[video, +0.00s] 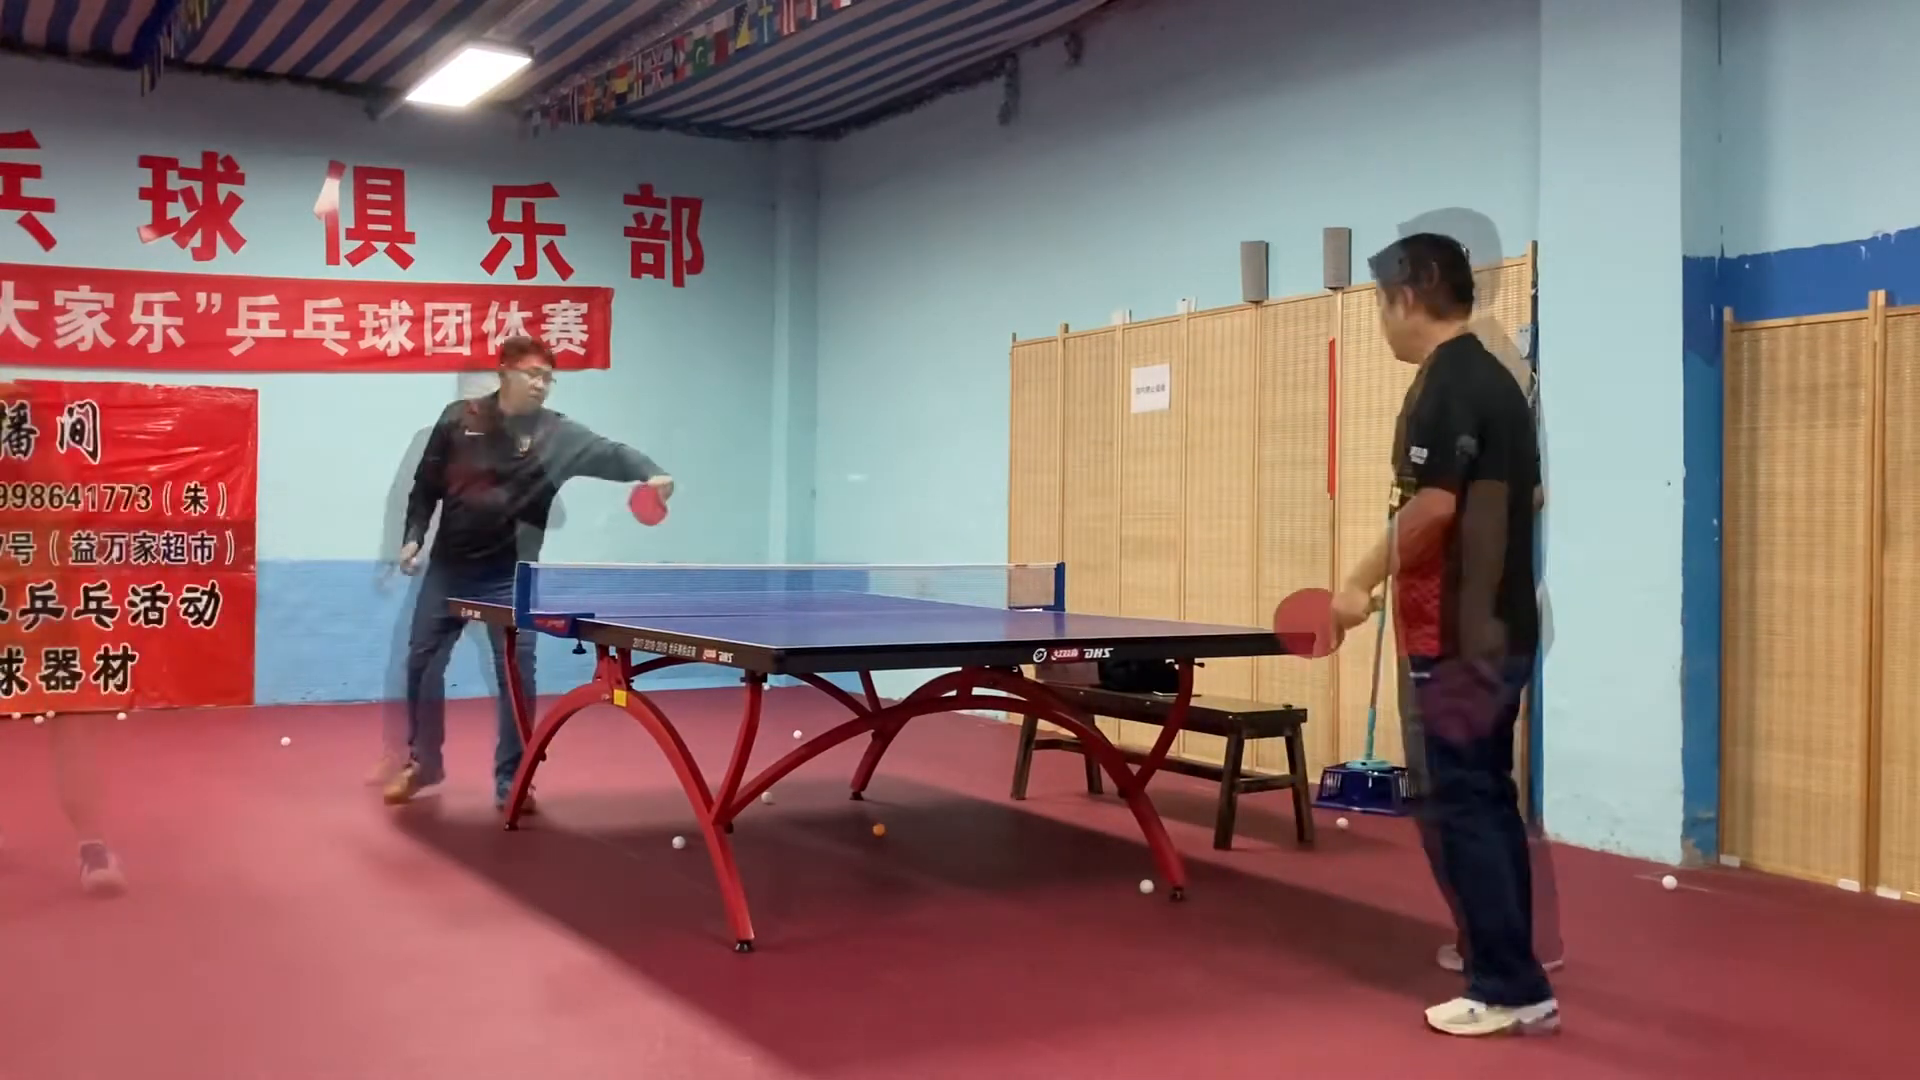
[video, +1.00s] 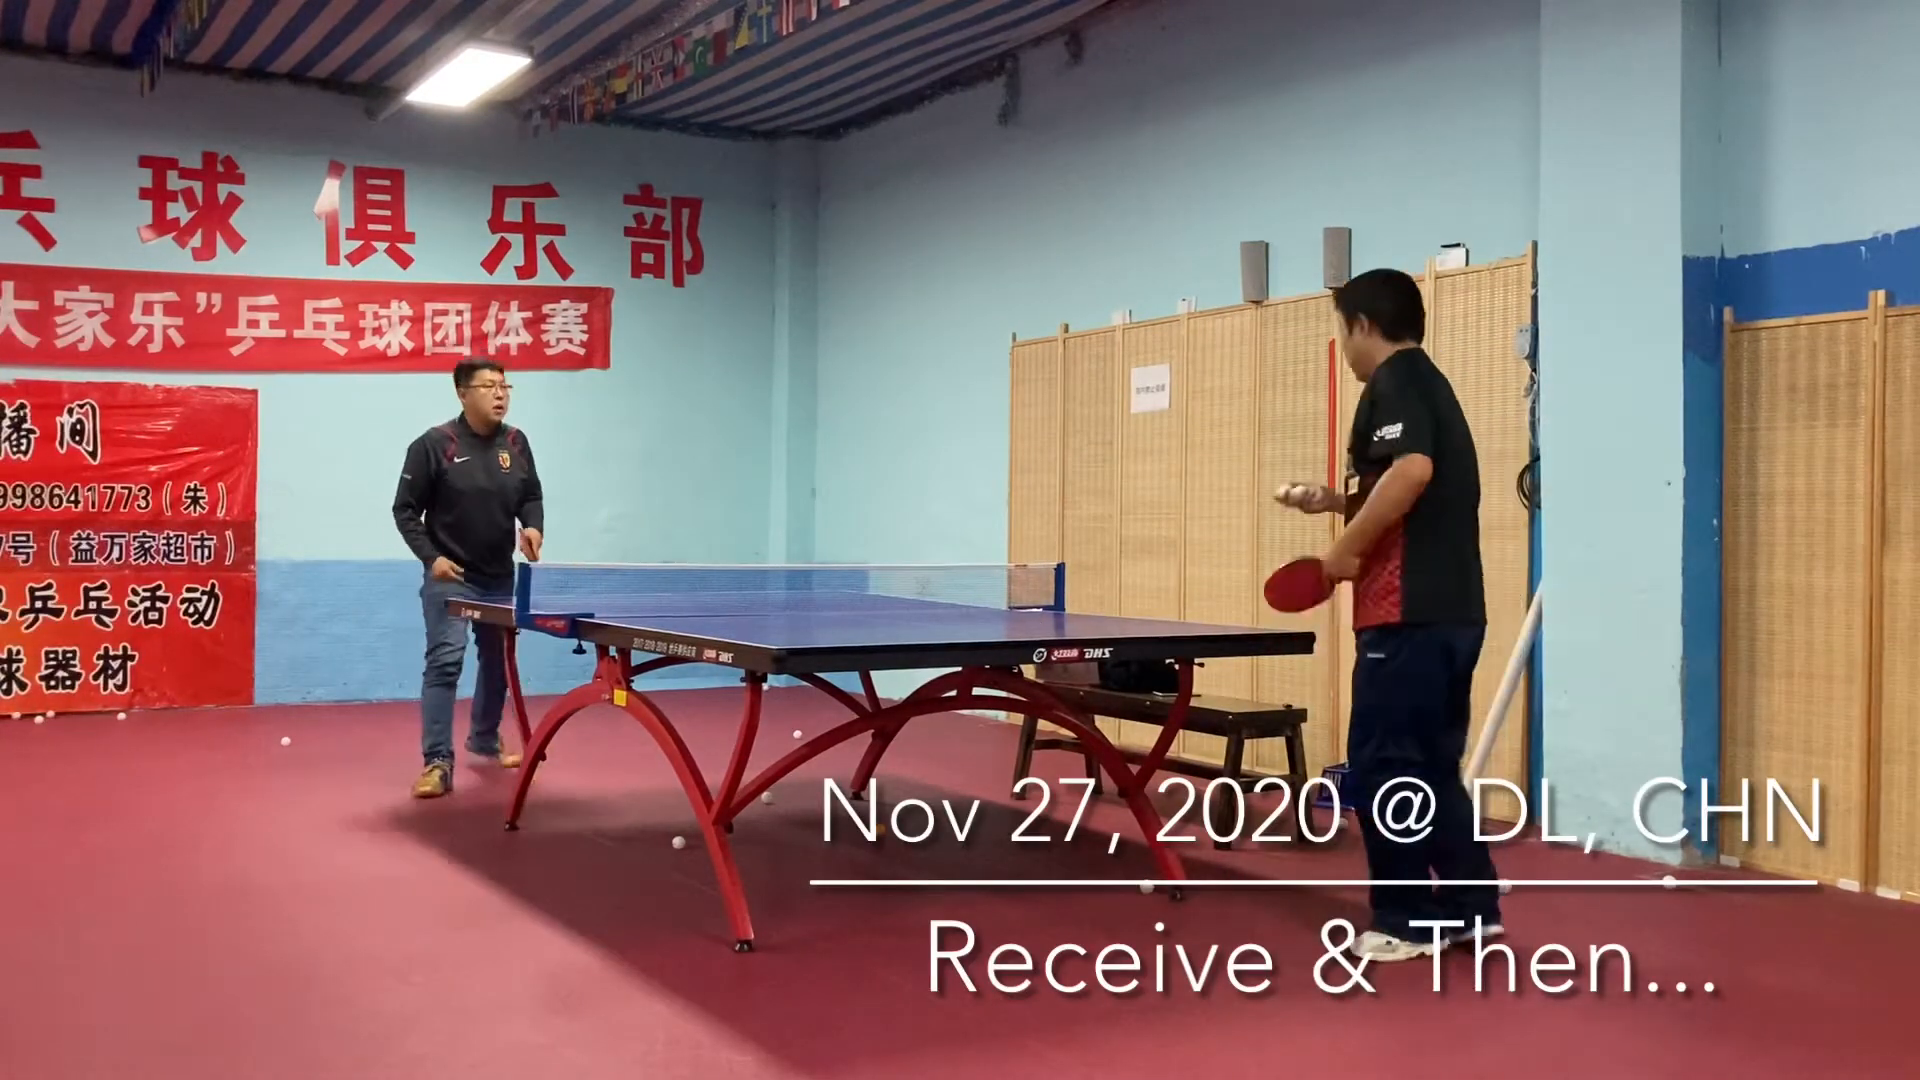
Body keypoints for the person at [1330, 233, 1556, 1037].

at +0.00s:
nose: (1382, 322)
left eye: (1384, 305)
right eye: (1381, 306)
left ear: (1414, 299)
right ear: (1448, 296)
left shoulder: (1449, 380)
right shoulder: (1487, 374)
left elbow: (1434, 504)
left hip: (1457, 642)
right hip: (1492, 634)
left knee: (1454, 802)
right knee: (1478, 794)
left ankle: (1511, 989)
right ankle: (1496, 952)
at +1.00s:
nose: (1343, 347)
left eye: (1344, 332)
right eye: (1342, 333)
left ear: (1365, 326)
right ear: (1405, 325)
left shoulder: (1395, 381)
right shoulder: (1426, 383)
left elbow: (1413, 469)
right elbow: (1410, 494)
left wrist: (1348, 546)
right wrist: (1334, 499)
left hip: (1408, 617)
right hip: (1443, 613)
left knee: (1385, 770)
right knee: (1431, 765)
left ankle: (1411, 922)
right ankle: (1470, 908)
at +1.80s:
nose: (1243, 419)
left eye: (1251, 406)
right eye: (1242, 406)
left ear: (1294, 408)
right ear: (1281, 411)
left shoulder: (1375, 450)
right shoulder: (1263, 476)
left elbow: (1393, 550)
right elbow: (1238, 564)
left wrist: (1296, 549)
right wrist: (1182, 590)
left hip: (1418, 633)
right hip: (1335, 634)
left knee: (1474, 756)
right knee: (1310, 756)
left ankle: (1546, 885)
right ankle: (1315, 886)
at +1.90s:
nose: (1270, 423)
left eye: (1280, 410)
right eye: (1269, 410)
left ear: (1324, 411)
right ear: (1316, 413)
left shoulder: (1399, 457)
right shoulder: (1283, 474)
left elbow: (1409, 557)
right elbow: (1241, 551)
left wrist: (1322, 542)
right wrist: (1185, 579)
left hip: (1423, 642)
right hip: (1338, 640)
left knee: (1483, 761)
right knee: (1309, 754)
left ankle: (1550, 888)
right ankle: (1314, 885)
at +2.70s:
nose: (1417, 371)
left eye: (1433, 360)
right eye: (1416, 359)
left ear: (1478, 373)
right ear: (1416, 367)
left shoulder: (1529, 431)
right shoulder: (1393, 432)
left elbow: (1587, 480)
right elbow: (1338, 470)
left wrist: (1636, 450)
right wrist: (1320, 538)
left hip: (1494, 635)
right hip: (1404, 633)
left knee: (1530, 764)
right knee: (1364, 752)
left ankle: (1563, 896)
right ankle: (1344, 884)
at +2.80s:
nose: (1402, 388)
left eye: (1414, 375)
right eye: (1401, 375)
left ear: (1461, 382)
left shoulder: (1525, 433)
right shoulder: (1391, 441)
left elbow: (1618, 459)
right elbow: (1342, 470)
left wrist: (1607, 437)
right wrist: (1356, 541)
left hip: (1496, 641)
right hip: (1404, 634)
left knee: (1536, 770)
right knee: (1351, 744)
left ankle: (1562, 896)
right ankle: (1343, 880)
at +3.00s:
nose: (1325, 426)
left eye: (1328, 411)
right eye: (1322, 412)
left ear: (1365, 408)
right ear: (1364, 409)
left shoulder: (1449, 451)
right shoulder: (1367, 464)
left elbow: (1510, 527)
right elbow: (1388, 523)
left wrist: (1413, 521)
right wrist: (1362, 535)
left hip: (1464, 659)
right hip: (1383, 650)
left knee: (1514, 788)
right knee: (1328, 758)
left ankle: (1568, 898)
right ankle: (1333, 901)